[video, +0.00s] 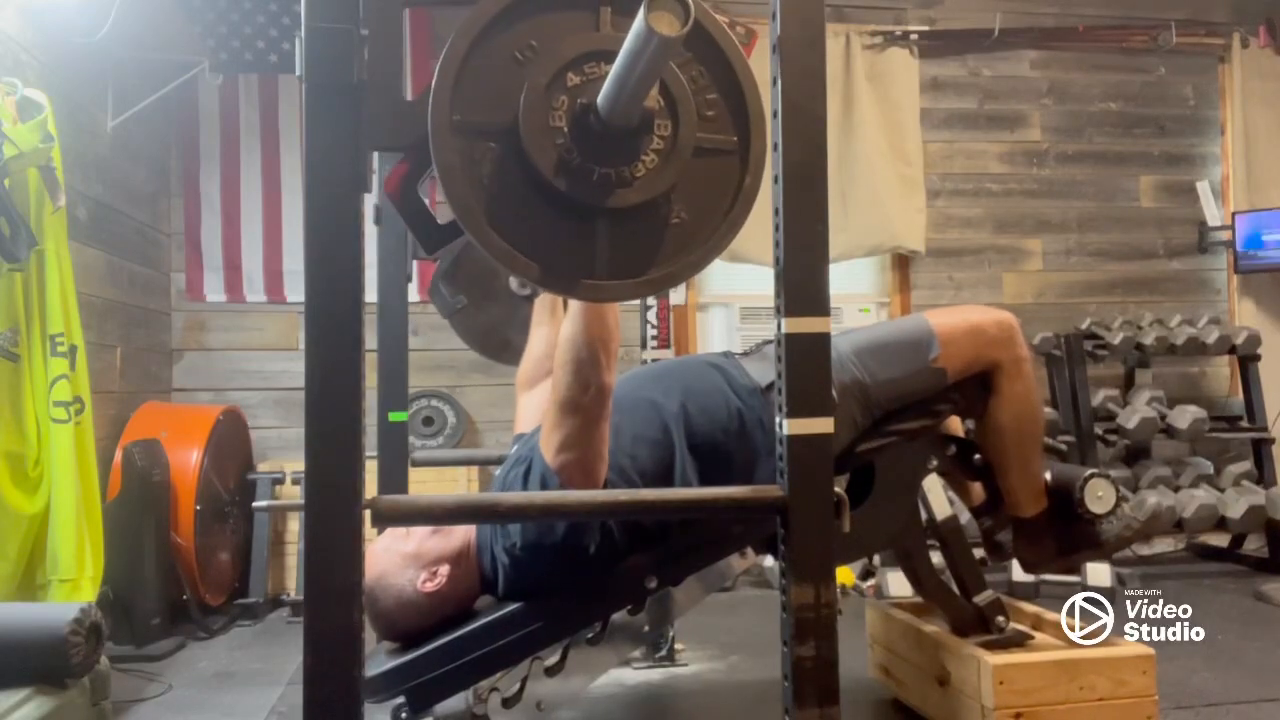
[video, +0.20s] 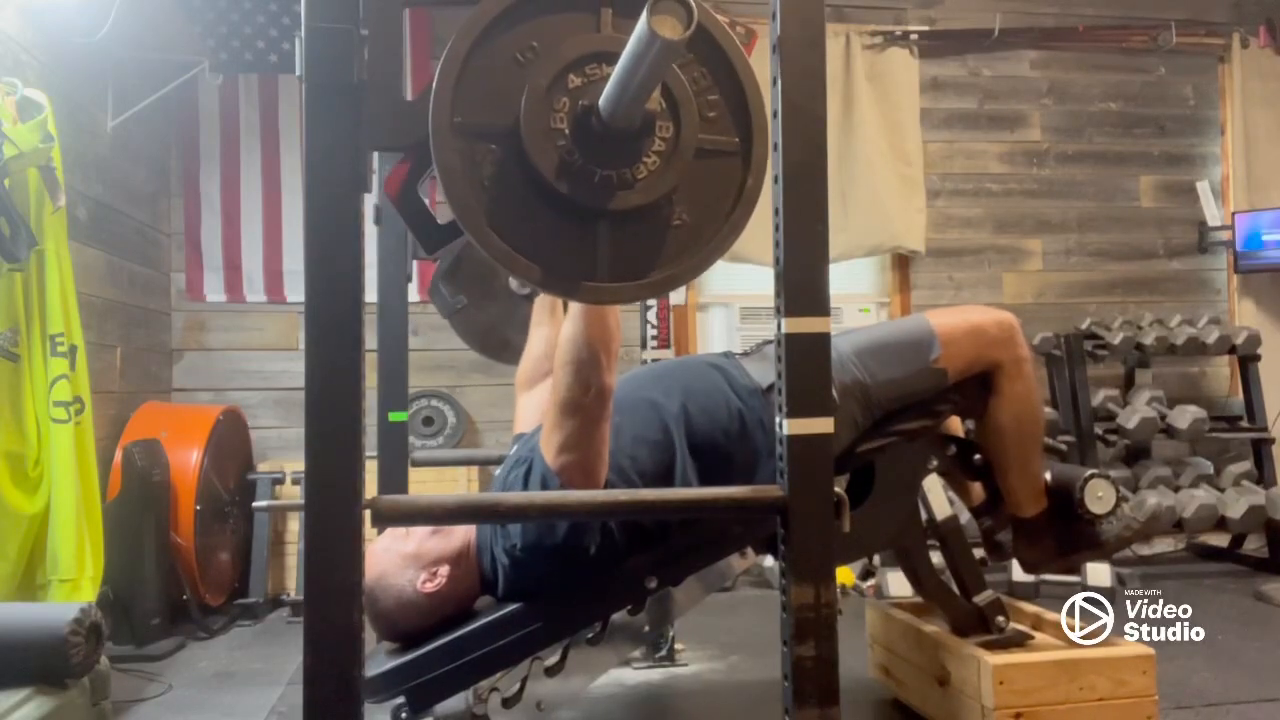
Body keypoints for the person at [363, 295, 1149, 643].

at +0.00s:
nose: (417, 525)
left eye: (399, 531)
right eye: (412, 544)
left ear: (428, 555)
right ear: (444, 579)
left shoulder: (500, 499)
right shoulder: (534, 542)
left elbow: (546, 371)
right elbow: (585, 382)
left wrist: (561, 217)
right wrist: (598, 222)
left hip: (741, 376)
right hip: (772, 422)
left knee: (947, 323)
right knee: (997, 333)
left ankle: (988, 481)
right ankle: (1033, 519)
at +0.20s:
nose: (416, 527)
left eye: (398, 532)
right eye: (410, 546)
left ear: (428, 555)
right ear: (443, 581)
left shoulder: (501, 499)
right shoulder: (535, 545)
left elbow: (546, 367)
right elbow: (586, 379)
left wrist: (562, 210)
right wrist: (605, 211)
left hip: (742, 376)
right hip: (770, 422)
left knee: (950, 323)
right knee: (997, 334)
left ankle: (989, 478)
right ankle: (1033, 518)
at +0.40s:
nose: (419, 527)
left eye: (403, 532)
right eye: (415, 545)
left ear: (428, 555)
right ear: (445, 579)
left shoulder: (496, 497)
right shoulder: (536, 545)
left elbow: (548, 364)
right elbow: (595, 381)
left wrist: (563, 207)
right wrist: (602, 214)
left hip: (740, 375)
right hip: (772, 423)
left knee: (939, 323)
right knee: (998, 336)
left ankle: (980, 476)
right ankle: (1032, 521)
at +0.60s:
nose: (412, 527)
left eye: (393, 533)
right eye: (408, 548)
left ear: (428, 554)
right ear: (443, 579)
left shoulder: (501, 498)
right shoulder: (531, 550)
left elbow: (569, 391)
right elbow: (622, 410)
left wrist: (562, 237)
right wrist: (609, 254)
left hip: (738, 374)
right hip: (771, 424)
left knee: (932, 325)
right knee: (998, 336)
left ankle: (972, 469)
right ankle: (1032, 523)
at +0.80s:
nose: (415, 531)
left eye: (397, 535)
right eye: (413, 551)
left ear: (425, 544)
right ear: (444, 580)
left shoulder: (493, 502)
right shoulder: (524, 549)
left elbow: (619, 430)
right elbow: (653, 468)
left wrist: (612, 315)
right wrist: (636, 331)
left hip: (742, 383)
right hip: (764, 432)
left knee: (925, 322)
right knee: (998, 337)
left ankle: (977, 469)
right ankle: (1032, 521)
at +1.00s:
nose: (418, 531)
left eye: (399, 536)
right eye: (416, 552)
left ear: (423, 544)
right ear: (445, 580)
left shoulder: (490, 502)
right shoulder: (526, 546)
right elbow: (652, 530)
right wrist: (679, 395)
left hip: (714, 390)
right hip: (747, 441)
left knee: (921, 320)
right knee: (999, 339)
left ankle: (985, 476)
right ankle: (1034, 525)